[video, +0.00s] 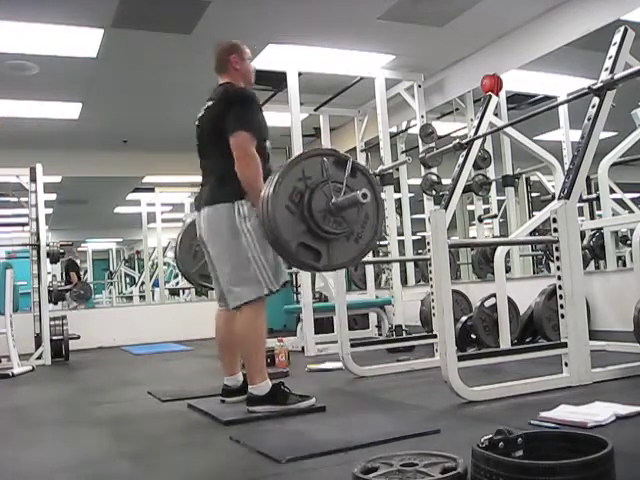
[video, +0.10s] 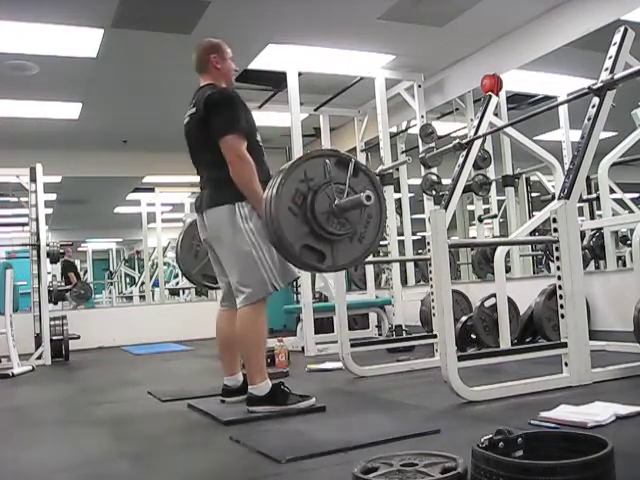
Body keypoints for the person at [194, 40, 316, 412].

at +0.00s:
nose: (253, 67)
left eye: (251, 60)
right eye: (250, 60)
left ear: (223, 67)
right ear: (237, 62)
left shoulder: (212, 104)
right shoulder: (240, 97)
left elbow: (212, 167)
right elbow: (245, 157)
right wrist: (266, 207)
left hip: (211, 210)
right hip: (233, 208)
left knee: (229, 301)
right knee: (252, 298)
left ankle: (233, 381)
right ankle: (261, 388)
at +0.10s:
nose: (236, 66)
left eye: (234, 60)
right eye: (231, 60)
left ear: (207, 65)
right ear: (216, 62)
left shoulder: (197, 105)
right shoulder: (222, 98)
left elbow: (208, 170)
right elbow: (237, 157)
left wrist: (206, 218)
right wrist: (266, 208)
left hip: (212, 210)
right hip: (234, 207)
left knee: (232, 296)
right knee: (254, 294)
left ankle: (234, 381)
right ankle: (261, 387)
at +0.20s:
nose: (224, 71)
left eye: (222, 64)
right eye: (220, 63)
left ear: (194, 68)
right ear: (203, 65)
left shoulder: (188, 110)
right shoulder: (211, 102)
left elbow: (208, 171)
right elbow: (234, 162)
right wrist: (265, 210)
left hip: (214, 212)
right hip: (235, 210)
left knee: (233, 295)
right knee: (256, 295)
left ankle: (233, 381)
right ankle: (261, 387)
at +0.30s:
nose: (221, 71)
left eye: (218, 64)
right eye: (216, 64)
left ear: (191, 69)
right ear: (200, 66)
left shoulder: (186, 111)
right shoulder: (209, 104)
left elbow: (208, 172)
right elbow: (234, 163)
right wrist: (266, 210)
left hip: (215, 213)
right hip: (235, 211)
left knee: (233, 296)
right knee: (256, 295)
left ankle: (233, 382)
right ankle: (261, 387)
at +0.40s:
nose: (226, 68)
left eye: (224, 61)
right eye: (222, 61)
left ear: (197, 67)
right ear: (206, 63)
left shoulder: (191, 108)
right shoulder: (215, 102)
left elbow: (204, 170)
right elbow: (236, 160)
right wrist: (264, 210)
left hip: (213, 211)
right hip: (234, 208)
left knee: (232, 296)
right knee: (256, 296)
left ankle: (233, 381)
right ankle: (262, 387)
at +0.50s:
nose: (242, 68)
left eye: (240, 61)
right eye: (238, 61)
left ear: (211, 66)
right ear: (222, 62)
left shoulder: (201, 107)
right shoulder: (227, 100)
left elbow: (207, 171)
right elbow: (242, 159)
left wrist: (208, 218)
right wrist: (266, 211)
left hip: (215, 210)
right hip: (236, 208)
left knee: (232, 299)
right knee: (255, 297)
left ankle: (233, 381)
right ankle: (261, 388)